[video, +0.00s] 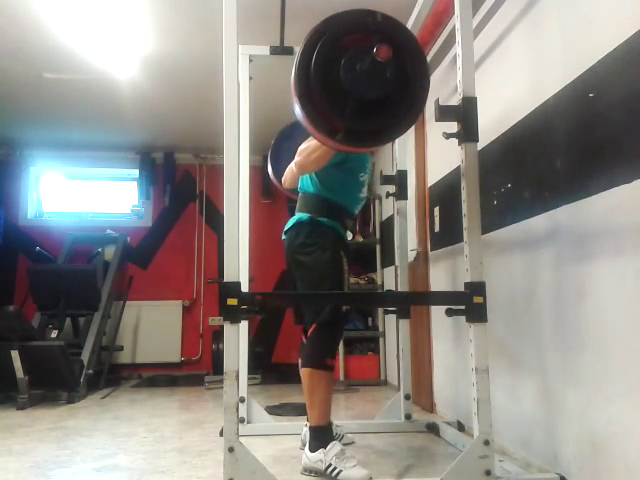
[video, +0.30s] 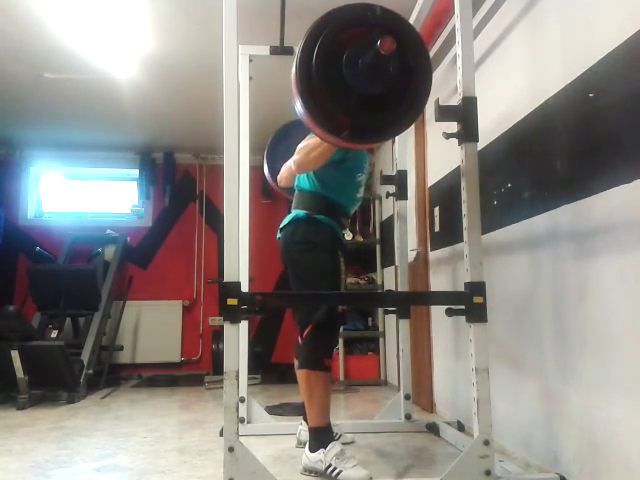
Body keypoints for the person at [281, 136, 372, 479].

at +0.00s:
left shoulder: (353, 137)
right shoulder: (338, 132)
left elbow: (289, 180)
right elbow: (297, 168)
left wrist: (302, 162)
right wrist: (340, 138)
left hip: (319, 232)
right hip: (313, 232)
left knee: (321, 330)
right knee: (326, 329)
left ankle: (318, 433)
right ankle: (320, 445)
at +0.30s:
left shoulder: (352, 138)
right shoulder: (333, 132)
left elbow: (284, 178)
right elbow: (296, 166)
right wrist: (340, 134)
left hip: (317, 232)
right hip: (308, 231)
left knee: (314, 333)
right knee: (321, 331)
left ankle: (315, 431)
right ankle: (320, 446)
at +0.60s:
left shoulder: (344, 135)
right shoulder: (330, 130)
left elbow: (282, 181)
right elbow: (296, 168)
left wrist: (299, 164)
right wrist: (335, 142)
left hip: (311, 233)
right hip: (307, 232)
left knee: (309, 334)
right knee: (318, 332)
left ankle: (314, 429)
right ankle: (320, 445)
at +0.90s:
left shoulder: (347, 138)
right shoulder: (334, 134)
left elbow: (283, 182)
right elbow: (294, 172)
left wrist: (295, 166)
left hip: (314, 233)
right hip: (307, 232)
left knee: (313, 331)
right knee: (313, 331)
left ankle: (315, 429)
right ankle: (319, 445)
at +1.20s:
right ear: (355, 109)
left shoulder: (349, 141)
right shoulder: (335, 134)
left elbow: (286, 184)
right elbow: (298, 169)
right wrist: (339, 137)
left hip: (316, 234)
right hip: (311, 234)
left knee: (311, 334)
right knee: (318, 332)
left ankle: (315, 429)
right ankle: (320, 447)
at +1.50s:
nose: (378, 131)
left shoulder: (347, 143)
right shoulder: (335, 135)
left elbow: (287, 185)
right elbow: (298, 167)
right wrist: (337, 134)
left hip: (316, 234)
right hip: (311, 234)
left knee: (313, 334)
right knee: (317, 333)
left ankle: (315, 428)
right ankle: (319, 447)